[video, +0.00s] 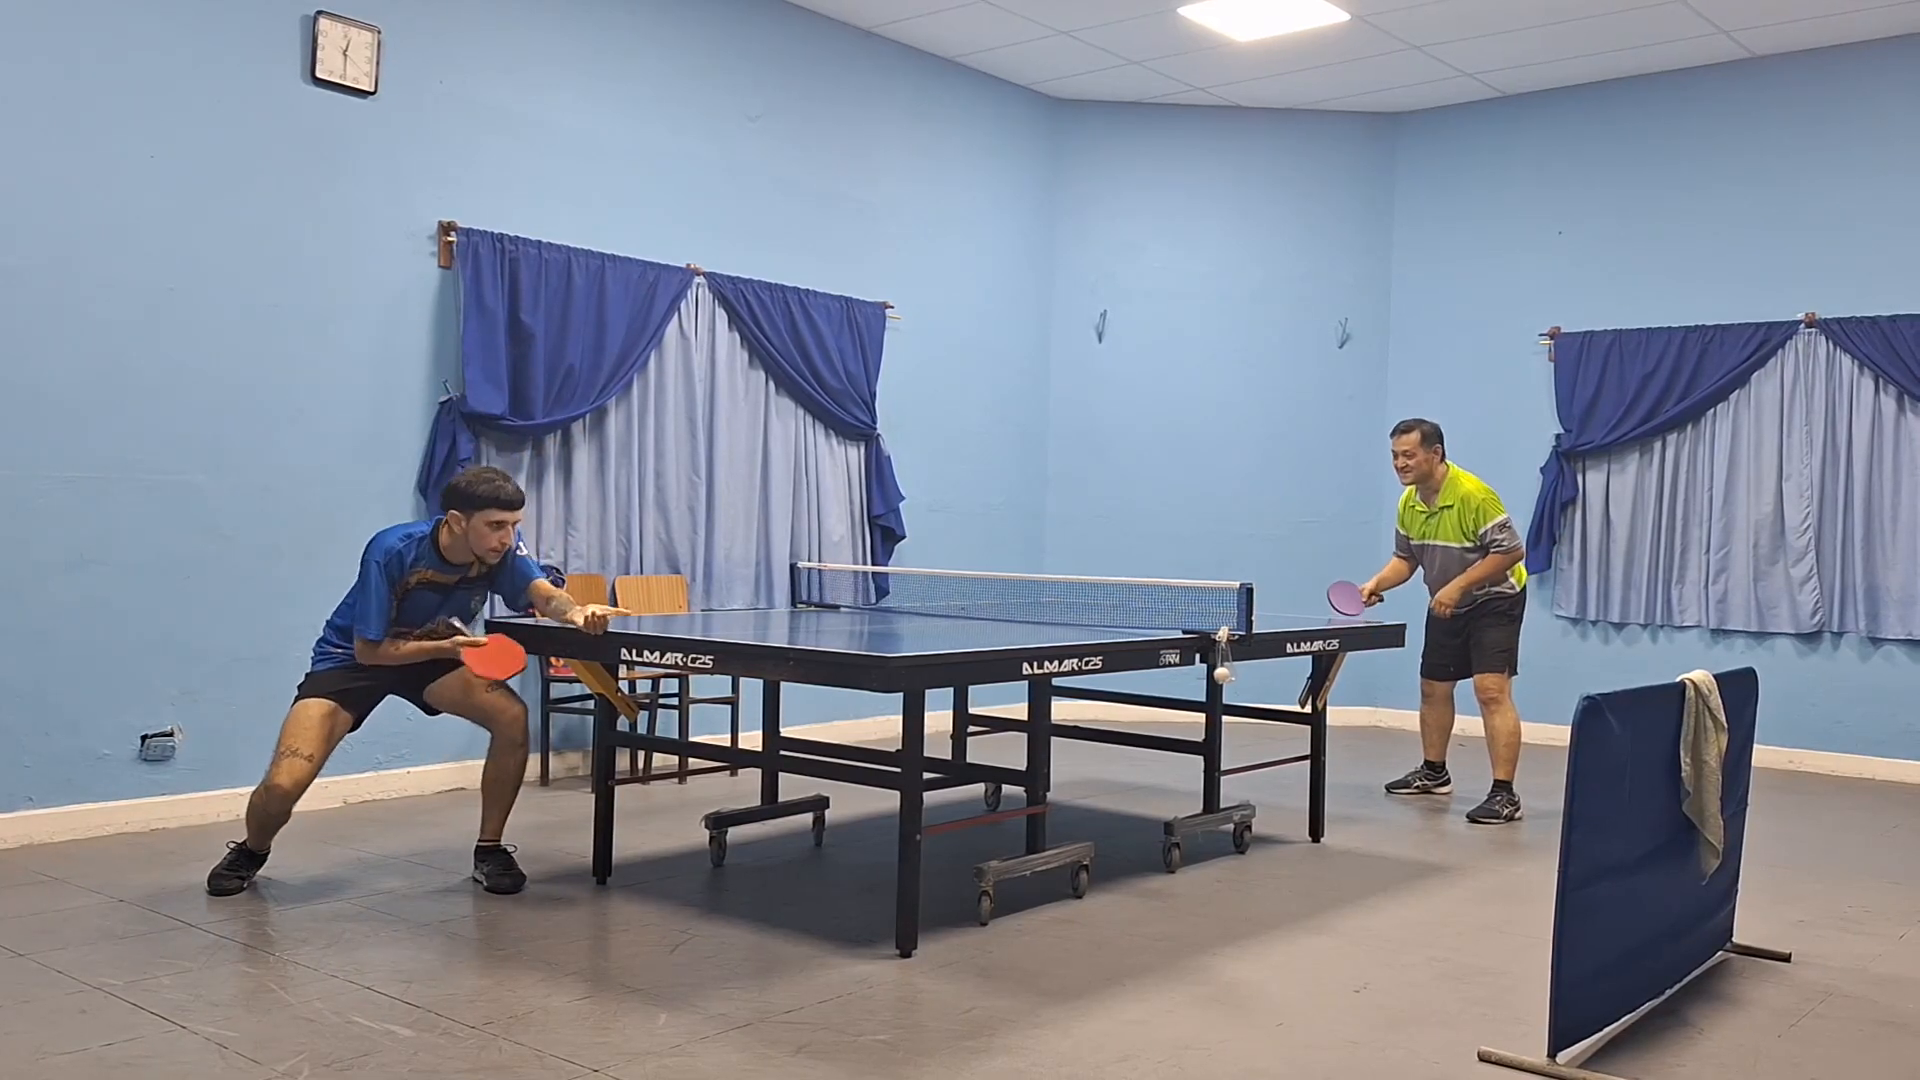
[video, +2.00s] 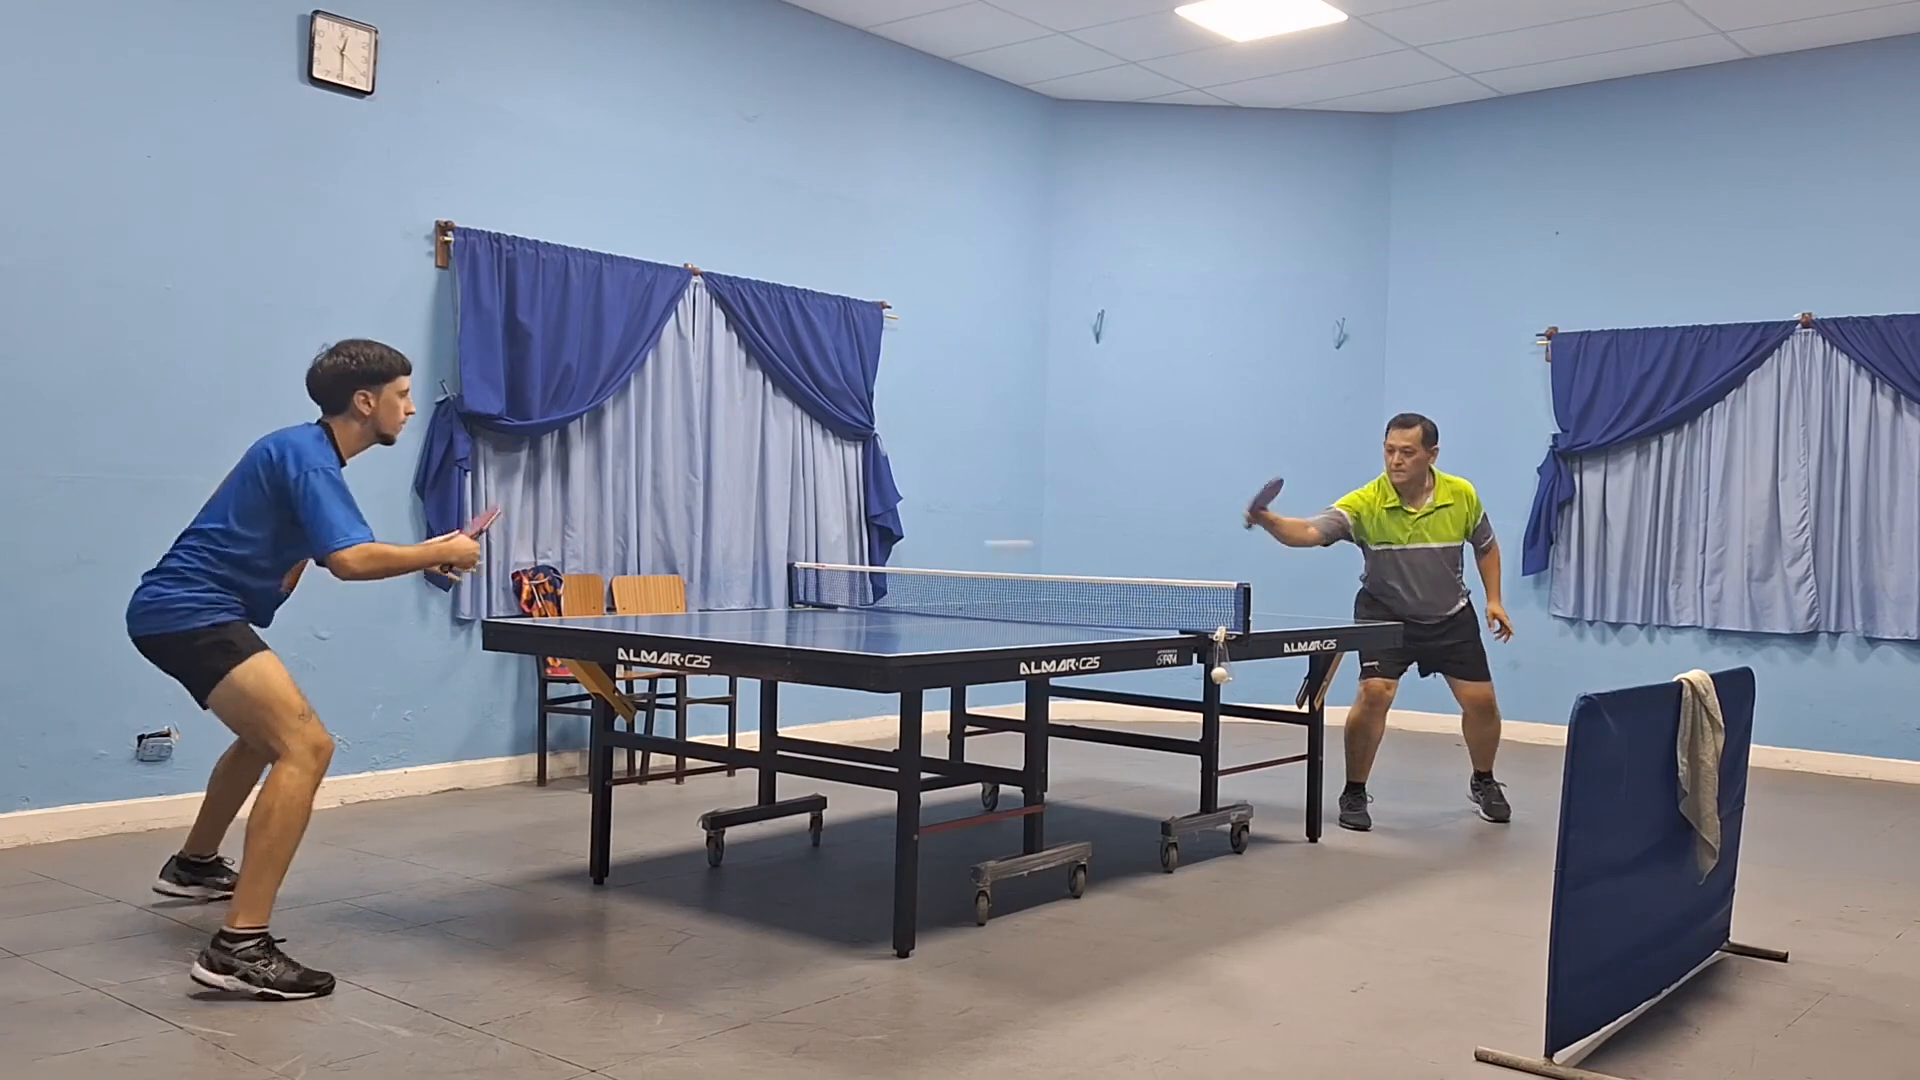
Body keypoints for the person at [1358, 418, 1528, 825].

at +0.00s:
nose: (1400, 463)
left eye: (1408, 455)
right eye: (1395, 456)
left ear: (1435, 455)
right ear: (1394, 458)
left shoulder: (1472, 495)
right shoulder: (1408, 503)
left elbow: (1510, 549)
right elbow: (1406, 558)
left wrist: (1459, 586)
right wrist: (1378, 582)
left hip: (1494, 600)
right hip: (1445, 604)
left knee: (1491, 690)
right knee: (1433, 686)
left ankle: (1503, 793)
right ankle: (1434, 771)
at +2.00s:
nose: (1395, 460)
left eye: (1407, 452)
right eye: (1390, 451)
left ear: (1431, 455)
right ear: (1383, 452)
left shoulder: (1461, 496)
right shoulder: (1367, 502)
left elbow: (1486, 546)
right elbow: (1312, 531)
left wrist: (1494, 600)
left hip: (1450, 615)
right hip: (1385, 614)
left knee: (1482, 701)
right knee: (1376, 694)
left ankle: (1484, 780)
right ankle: (1355, 793)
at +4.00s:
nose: (1406, 469)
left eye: (1414, 460)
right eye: (1401, 461)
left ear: (1442, 460)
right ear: (1399, 464)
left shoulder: (1481, 498)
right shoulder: (1414, 507)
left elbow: (1508, 562)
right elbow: (1410, 562)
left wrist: (1447, 589)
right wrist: (1380, 584)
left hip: (1503, 604)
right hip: (1451, 608)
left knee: (1497, 689)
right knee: (1426, 686)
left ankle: (1508, 794)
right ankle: (1436, 772)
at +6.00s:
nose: (1255, 468)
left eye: (1261, 459)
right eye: (1253, 461)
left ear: (1290, 456)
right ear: (1275, 462)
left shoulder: (1344, 491)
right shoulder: (1267, 520)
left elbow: (1401, 532)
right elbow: (1229, 565)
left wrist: (1392, 592)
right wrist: (1169, 568)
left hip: (1374, 616)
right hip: (1314, 623)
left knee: (1422, 701)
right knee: (1277, 689)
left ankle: (1470, 787)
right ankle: (1276, 783)